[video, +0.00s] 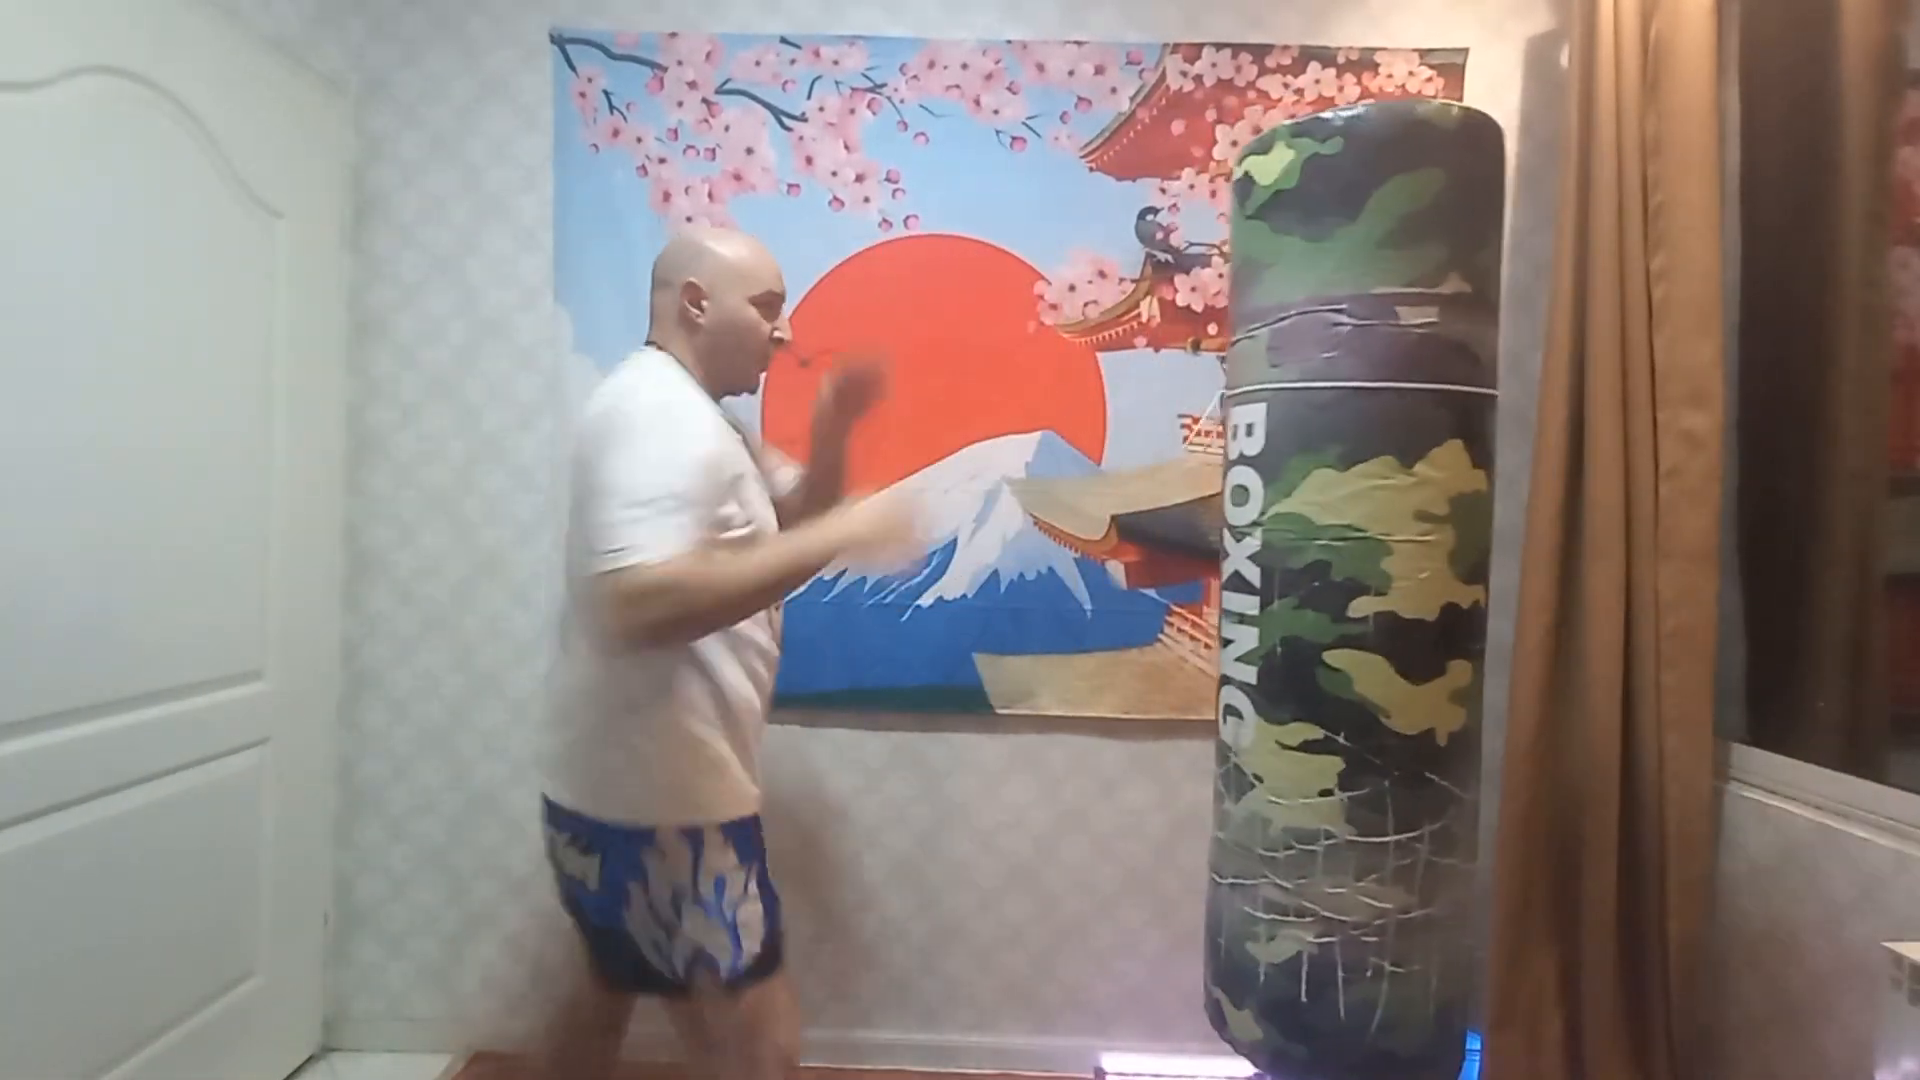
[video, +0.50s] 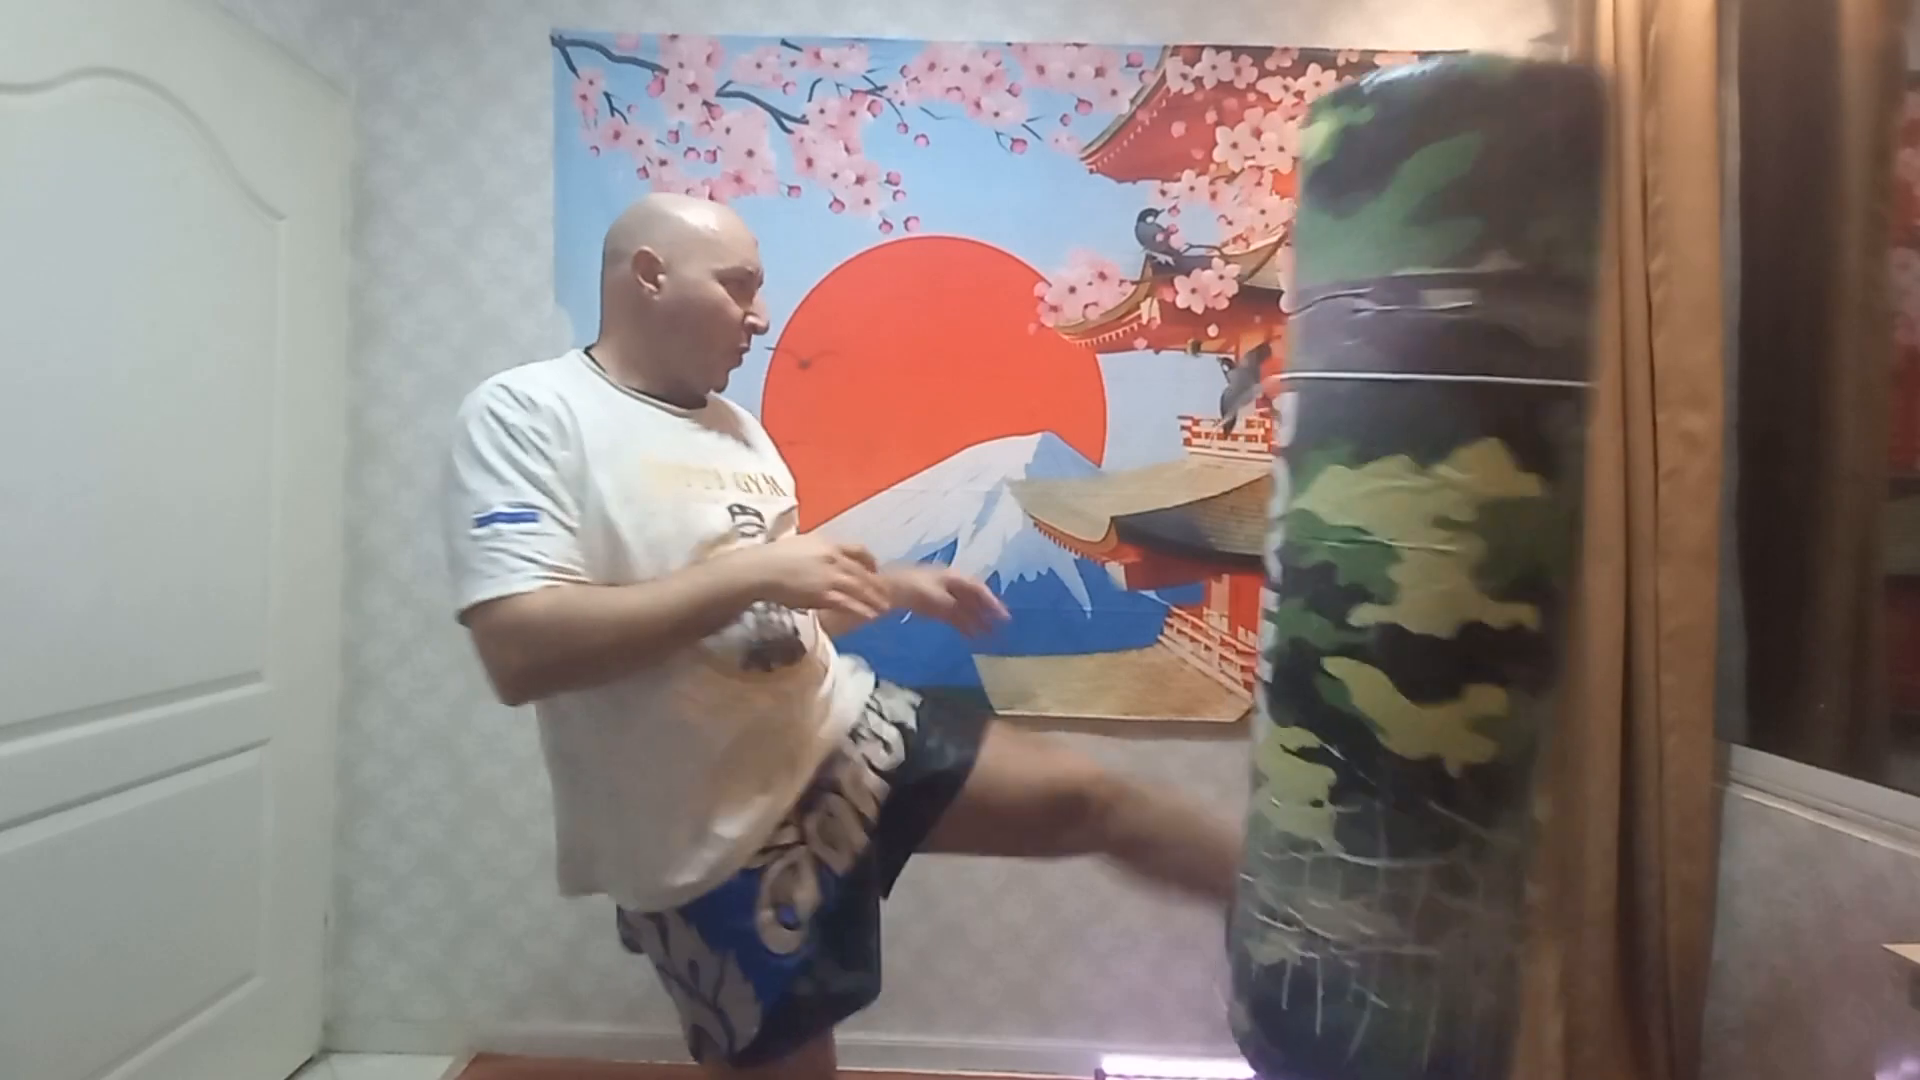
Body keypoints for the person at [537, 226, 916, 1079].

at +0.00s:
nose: (783, 329)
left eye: (782, 308)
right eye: (767, 306)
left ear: (692, 308)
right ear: (694, 304)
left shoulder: (683, 409)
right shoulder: (654, 408)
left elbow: (792, 541)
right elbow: (632, 603)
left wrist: (831, 432)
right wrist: (835, 532)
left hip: (618, 792)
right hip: (673, 803)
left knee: (596, 1014)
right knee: (758, 1055)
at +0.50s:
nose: (759, 314)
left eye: (758, 289)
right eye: (739, 286)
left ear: (661, 285)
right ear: (649, 280)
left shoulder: (730, 424)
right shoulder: (520, 414)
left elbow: (765, 585)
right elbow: (519, 649)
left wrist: (900, 585)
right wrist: (753, 571)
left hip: (838, 738)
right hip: (710, 864)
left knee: (1089, 800)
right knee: (786, 1064)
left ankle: (1320, 899)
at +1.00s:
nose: (725, 332)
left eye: (723, 306)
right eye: (707, 303)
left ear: (625, 300)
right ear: (628, 296)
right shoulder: (594, 413)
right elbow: (684, 627)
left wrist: (753, 465)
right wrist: (795, 480)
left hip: (533, 840)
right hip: (607, 858)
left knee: (482, 1052)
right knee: (697, 1062)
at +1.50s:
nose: (671, 322)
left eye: (673, 299)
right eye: (652, 293)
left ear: (577, 286)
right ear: (570, 282)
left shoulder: (632, 419)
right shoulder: (457, 374)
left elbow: (749, 536)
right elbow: (613, 518)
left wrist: (767, 402)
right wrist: (749, 386)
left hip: (593, 816)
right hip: (469, 839)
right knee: (518, 1063)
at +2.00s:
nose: (619, 325)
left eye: (620, 301)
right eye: (598, 295)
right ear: (507, 281)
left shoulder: (598, 432)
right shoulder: (373, 387)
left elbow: (683, 586)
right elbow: (412, 598)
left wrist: (704, 484)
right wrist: (627, 489)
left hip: (633, 761)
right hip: (479, 838)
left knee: (810, 898)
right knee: (519, 1066)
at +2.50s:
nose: (695, 334)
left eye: (696, 310)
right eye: (681, 308)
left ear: (596, 301)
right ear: (607, 298)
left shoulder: (504, 383)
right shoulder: (609, 388)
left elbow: (606, 537)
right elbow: (811, 460)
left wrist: (714, 472)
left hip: (461, 787)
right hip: (573, 799)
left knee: (491, 1024)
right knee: (658, 1045)